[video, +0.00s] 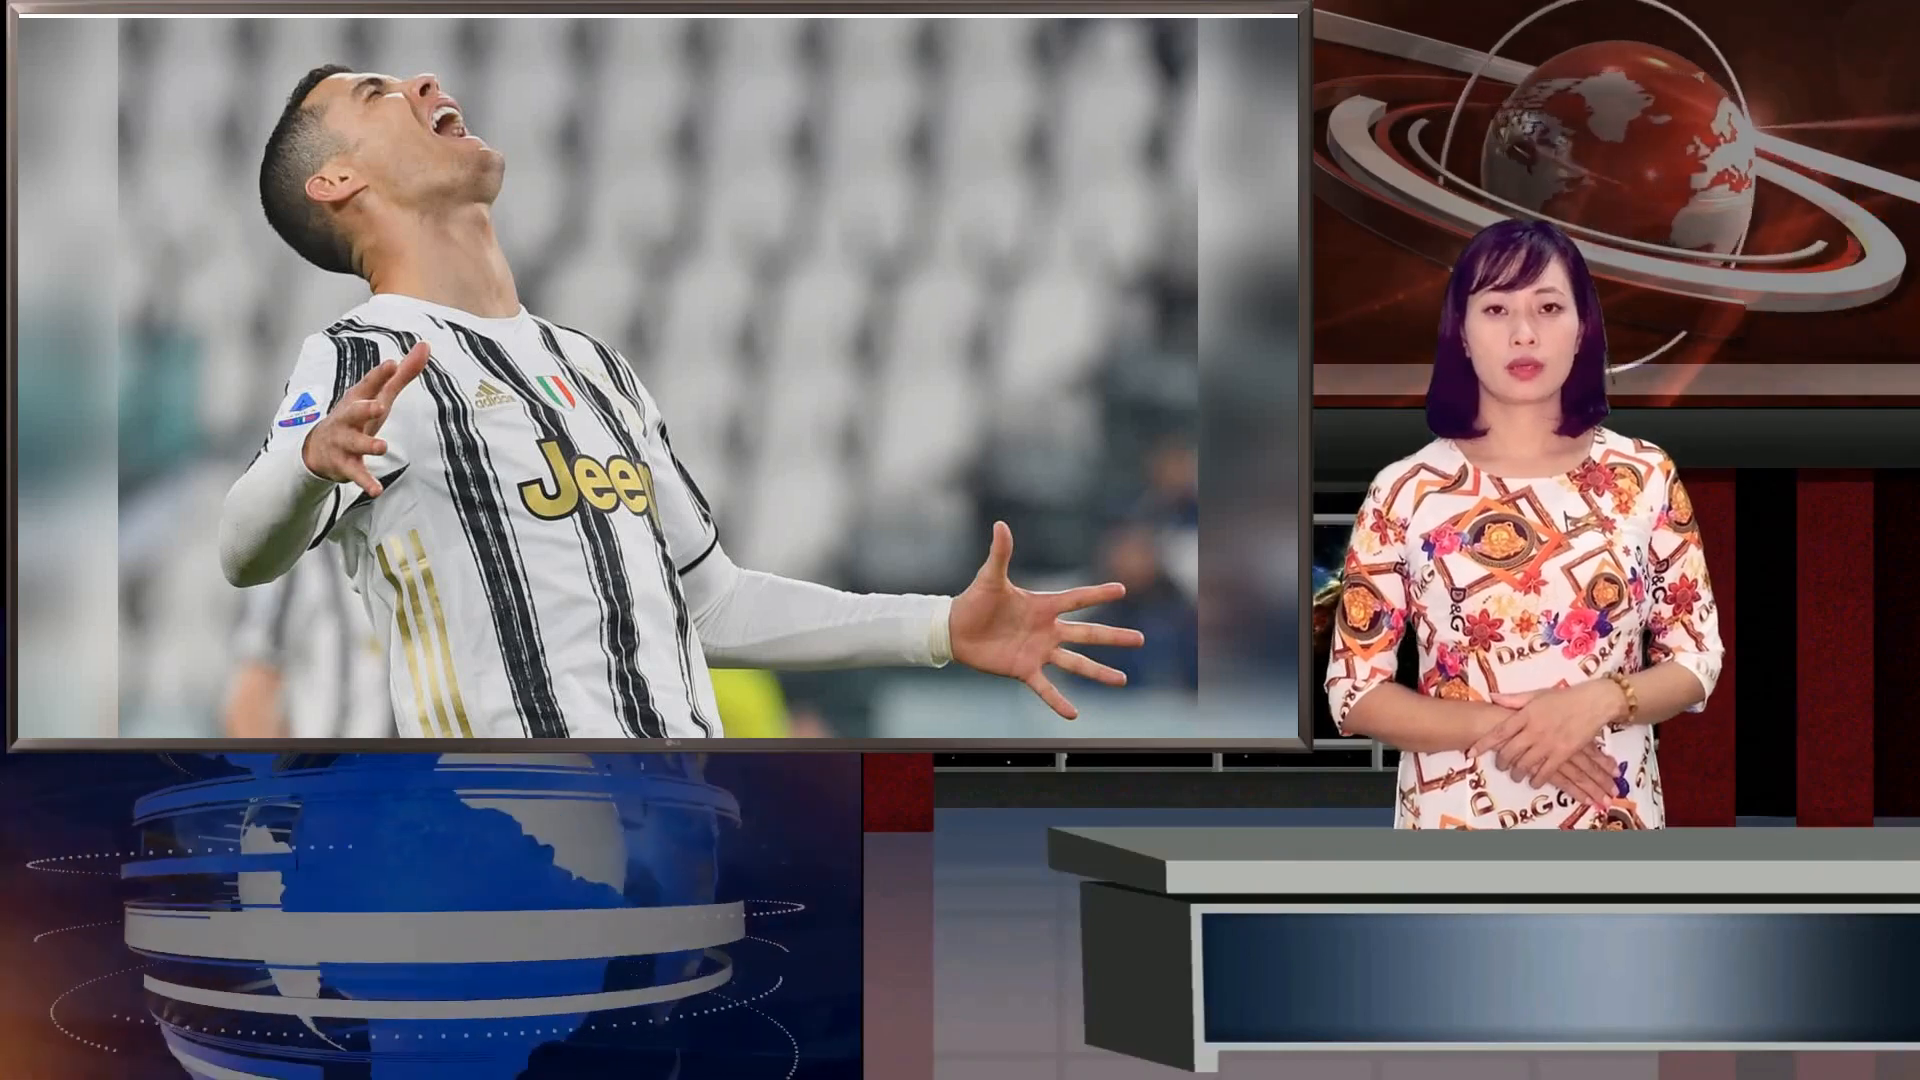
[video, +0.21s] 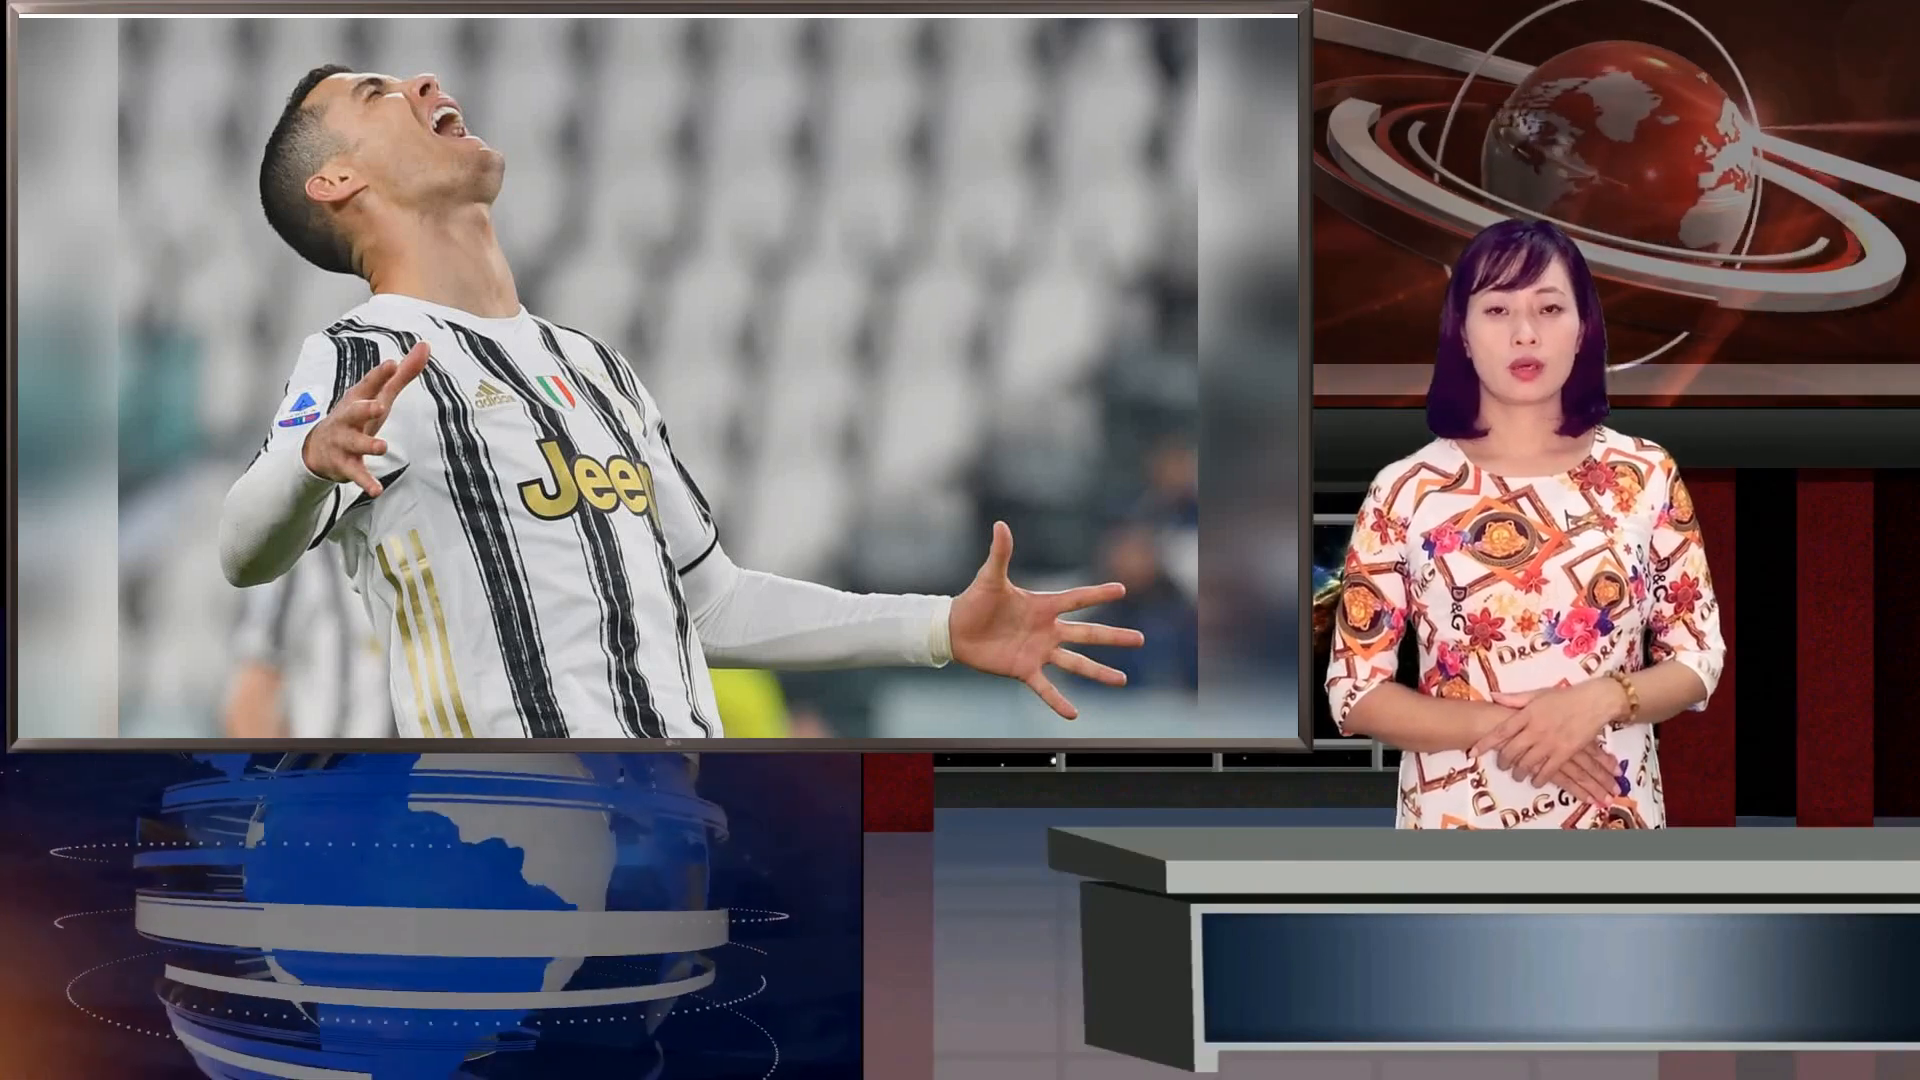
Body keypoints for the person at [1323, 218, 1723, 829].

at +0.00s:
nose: (1523, 332)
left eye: (1548, 308)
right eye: (1496, 309)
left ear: (1583, 327)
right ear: (1461, 330)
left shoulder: (1643, 478)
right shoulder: (1404, 492)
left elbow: (1696, 659)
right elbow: (1353, 692)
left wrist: (1598, 701)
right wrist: (1511, 731)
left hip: (1610, 832)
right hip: (1454, 831)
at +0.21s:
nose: (1524, 332)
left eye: (1549, 308)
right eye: (1497, 310)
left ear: (1583, 327)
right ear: (1461, 330)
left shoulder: (1644, 477)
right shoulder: (1404, 492)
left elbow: (1698, 658)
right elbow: (1353, 692)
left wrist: (1599, 700)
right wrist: (1513, 730)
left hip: (1611, 833)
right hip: (1455, 832)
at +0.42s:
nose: (1526, 332)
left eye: (1551, 308)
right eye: (1499, 310)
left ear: (1585, 327)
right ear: (1462, 330)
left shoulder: (1645, 477)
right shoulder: (1405, 492)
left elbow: (1699, 658)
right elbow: (1355, 691)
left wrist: (1601, 700)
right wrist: (1513, 729)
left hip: (1613, 832)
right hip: (1457, 832)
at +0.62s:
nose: (1530, 331)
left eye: (1555, 308)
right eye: (1503, 309)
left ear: (1588, 328)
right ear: (1467, 330)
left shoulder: (1647, 479)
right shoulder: (1408, 492)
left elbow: (1700, 659)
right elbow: (1359, 690)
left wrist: (1603, 701)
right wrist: (1515, 729)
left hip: (1614, 831)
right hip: (1458, 831)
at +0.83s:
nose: (1532, 331)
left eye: (1557, 307)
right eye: (1504, 308)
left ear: (1591, 328)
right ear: (1468, 329)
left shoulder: (1648, 479)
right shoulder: (1409, 491)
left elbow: (1700, 660)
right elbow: (1359, 689)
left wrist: (1603, 701)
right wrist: (1516, 729)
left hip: (1614, 831)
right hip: (1459, 831)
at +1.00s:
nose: (1531, 332)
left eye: (1556, 309)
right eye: (1503, 310)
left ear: (1589, 328)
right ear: (1467, 330)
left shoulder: (1648, 479)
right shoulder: (1408, 492)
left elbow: (1700, 661)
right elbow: (1358, 690)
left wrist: (1603, 701)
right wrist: (1516, 730)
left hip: (1614, 831)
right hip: (1458, 830)